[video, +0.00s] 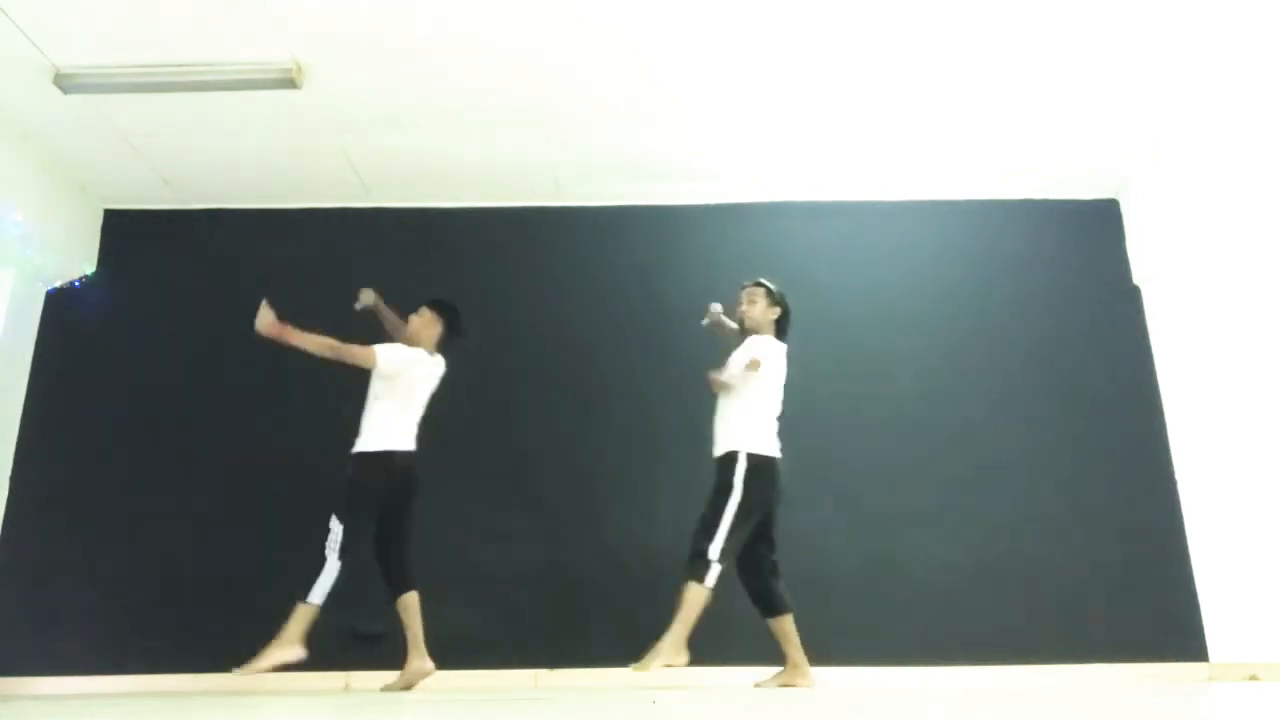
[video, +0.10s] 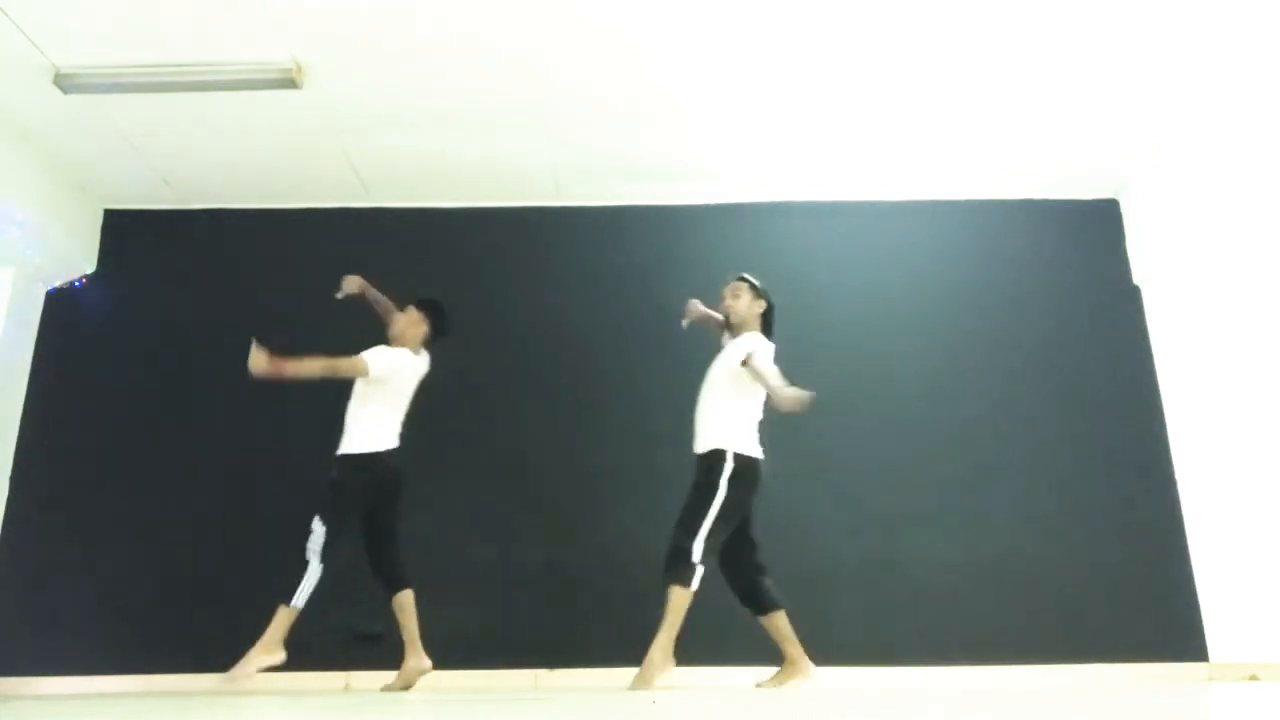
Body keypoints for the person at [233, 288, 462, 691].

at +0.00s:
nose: (412, 320)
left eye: (421, 316)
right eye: (416, 315)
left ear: (438, 330)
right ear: (436, 332)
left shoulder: (395, 356)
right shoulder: (435, 364)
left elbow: (336, 349)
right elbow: (404, 336)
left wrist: (276, 330)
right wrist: (377, 307)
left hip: (371, 463)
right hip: (402, 465)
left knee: (335, 553)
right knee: (395, 558)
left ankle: (290, 641)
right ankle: (418, 657)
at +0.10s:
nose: (399, 316)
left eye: (408, 315)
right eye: (405, 312)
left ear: (423, 330)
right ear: (417, 329)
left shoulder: (387, 359)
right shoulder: (418, 360)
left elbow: (331, 366)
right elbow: (396, 321)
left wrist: (272, 366)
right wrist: (366, 290)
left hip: (356, 465)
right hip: (385, 466)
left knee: (318, 552)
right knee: (387, 555)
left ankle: (271, 643)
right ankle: (415, 654)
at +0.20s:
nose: (380, 317)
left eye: (389, 315)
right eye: (384, 313)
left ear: (404, 330)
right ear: (391, 327)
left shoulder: (377, 363)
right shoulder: (391, 359)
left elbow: (330, 390)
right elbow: (367, 320)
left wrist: (282, 409)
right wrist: (346, 286)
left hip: (339, 472)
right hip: (362, 472)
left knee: (298, 558)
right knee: (366, 561)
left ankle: (265, 661)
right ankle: (411, 652)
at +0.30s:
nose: (356, 318)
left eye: (367, 317)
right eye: (361, 313)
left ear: (380, 333)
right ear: (360, 324)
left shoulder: (372, 370)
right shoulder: (343, 352)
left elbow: (348, 404)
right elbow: (307, 321)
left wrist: (307, 420)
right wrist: (300, 287)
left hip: (337, 481)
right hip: (323, 477)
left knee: (289, 568)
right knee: (316, 574)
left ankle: (261, 671)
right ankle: (379, 640)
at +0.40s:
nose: (315, 337)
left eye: (326, 331)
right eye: (316, 330)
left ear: (346, 342)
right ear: (313, 339)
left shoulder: (358, 376)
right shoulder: (298, 375)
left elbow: (379, 393)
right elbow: (237, 369)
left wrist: (339, 384)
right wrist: (235, 313)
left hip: (347, 498)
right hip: (314, 494)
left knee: (283, 574)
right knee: (252, 569)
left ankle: (257, 673)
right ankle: (302, 643)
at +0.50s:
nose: (280, 368)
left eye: (288, 359)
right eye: (277, 360)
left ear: (312, 360)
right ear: (277, 366)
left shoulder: (347, 388)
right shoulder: (279, 409)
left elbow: (374, 355)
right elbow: (231, 440)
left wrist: (321, 353)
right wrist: (191, 393)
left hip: (351, 507)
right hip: (312, 504)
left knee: (281, 577)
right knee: (225, 556)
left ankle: (257, 676)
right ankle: (213, 659)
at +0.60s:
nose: (261, 390)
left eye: (265, 380)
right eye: (258, 383)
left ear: (289, 372)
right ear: (261, 387)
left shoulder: (332, 390)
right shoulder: (269, 431)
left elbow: (342, 339)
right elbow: (274, 489)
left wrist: (290, 358)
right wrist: (224, 469)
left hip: (348, 511)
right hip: (304, 511)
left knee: (283, 579)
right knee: (229, 550)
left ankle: (258, 675)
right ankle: (222, 656)